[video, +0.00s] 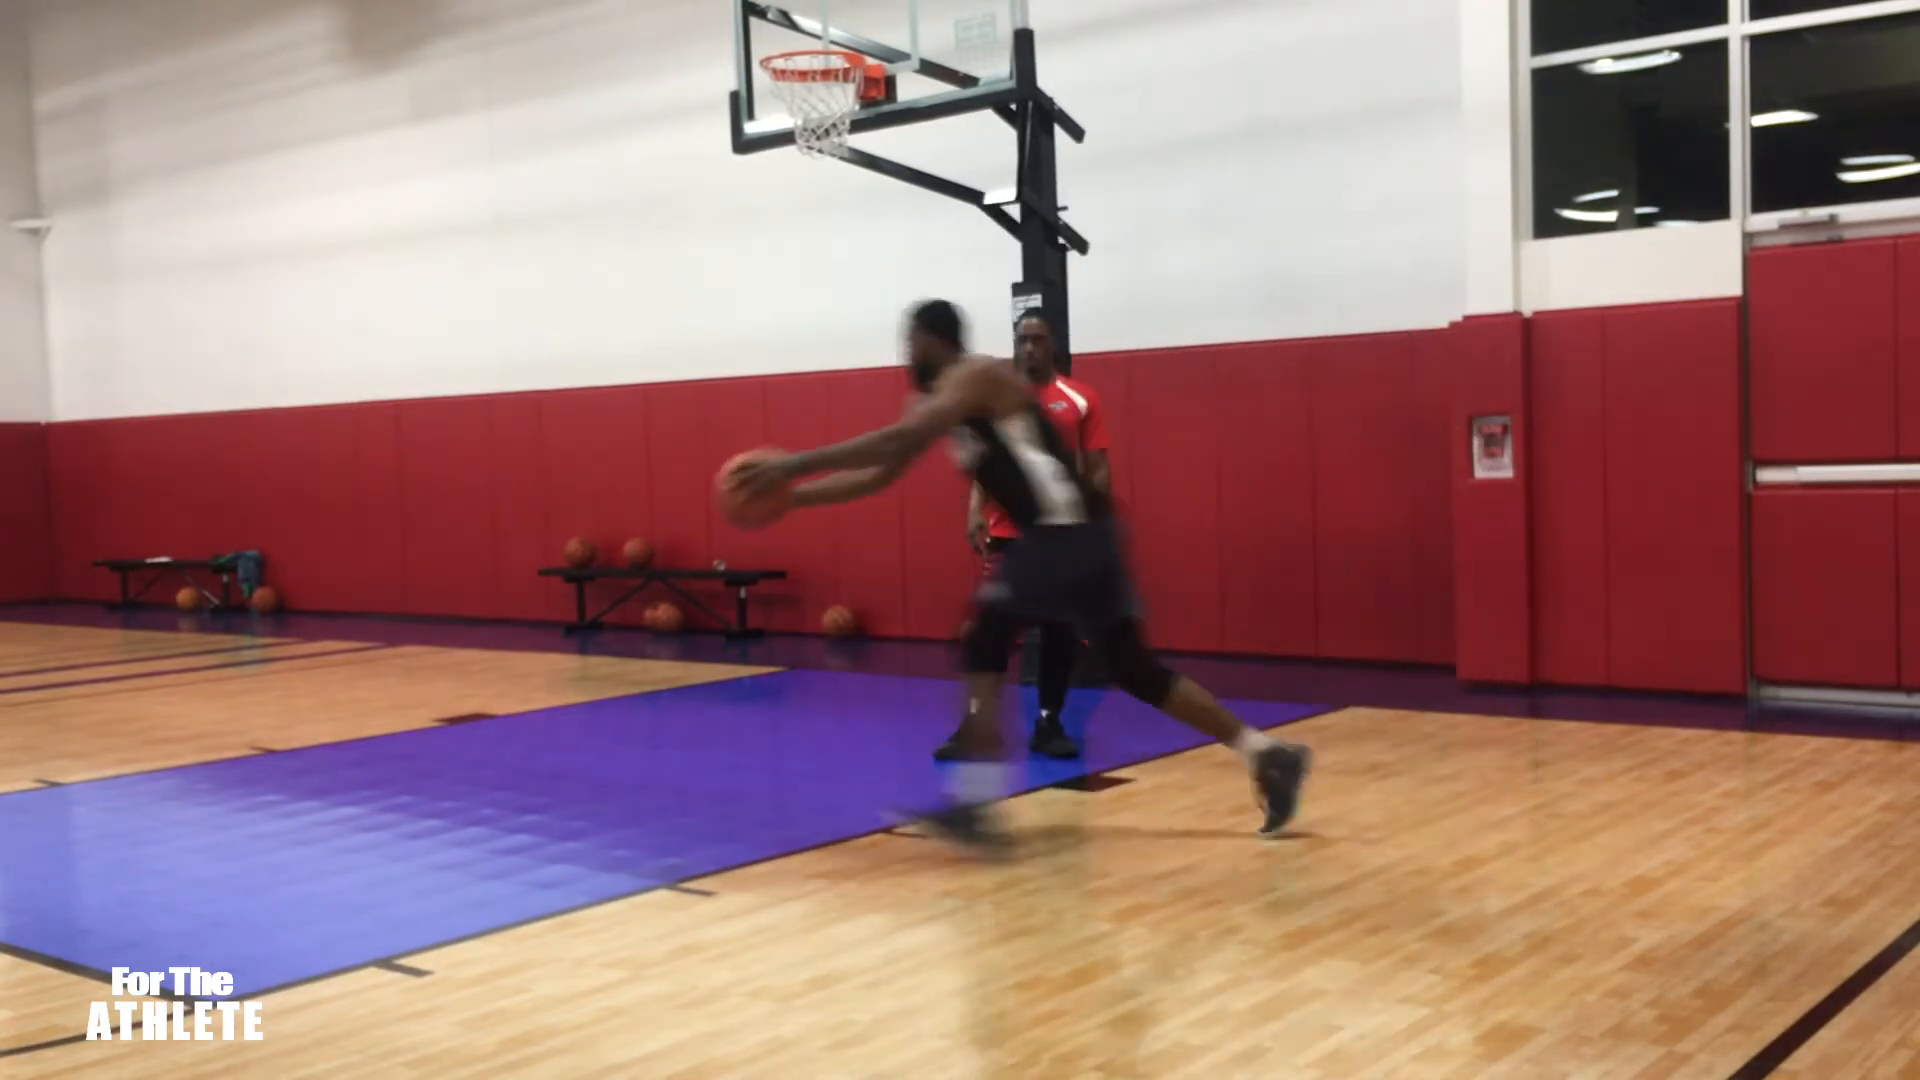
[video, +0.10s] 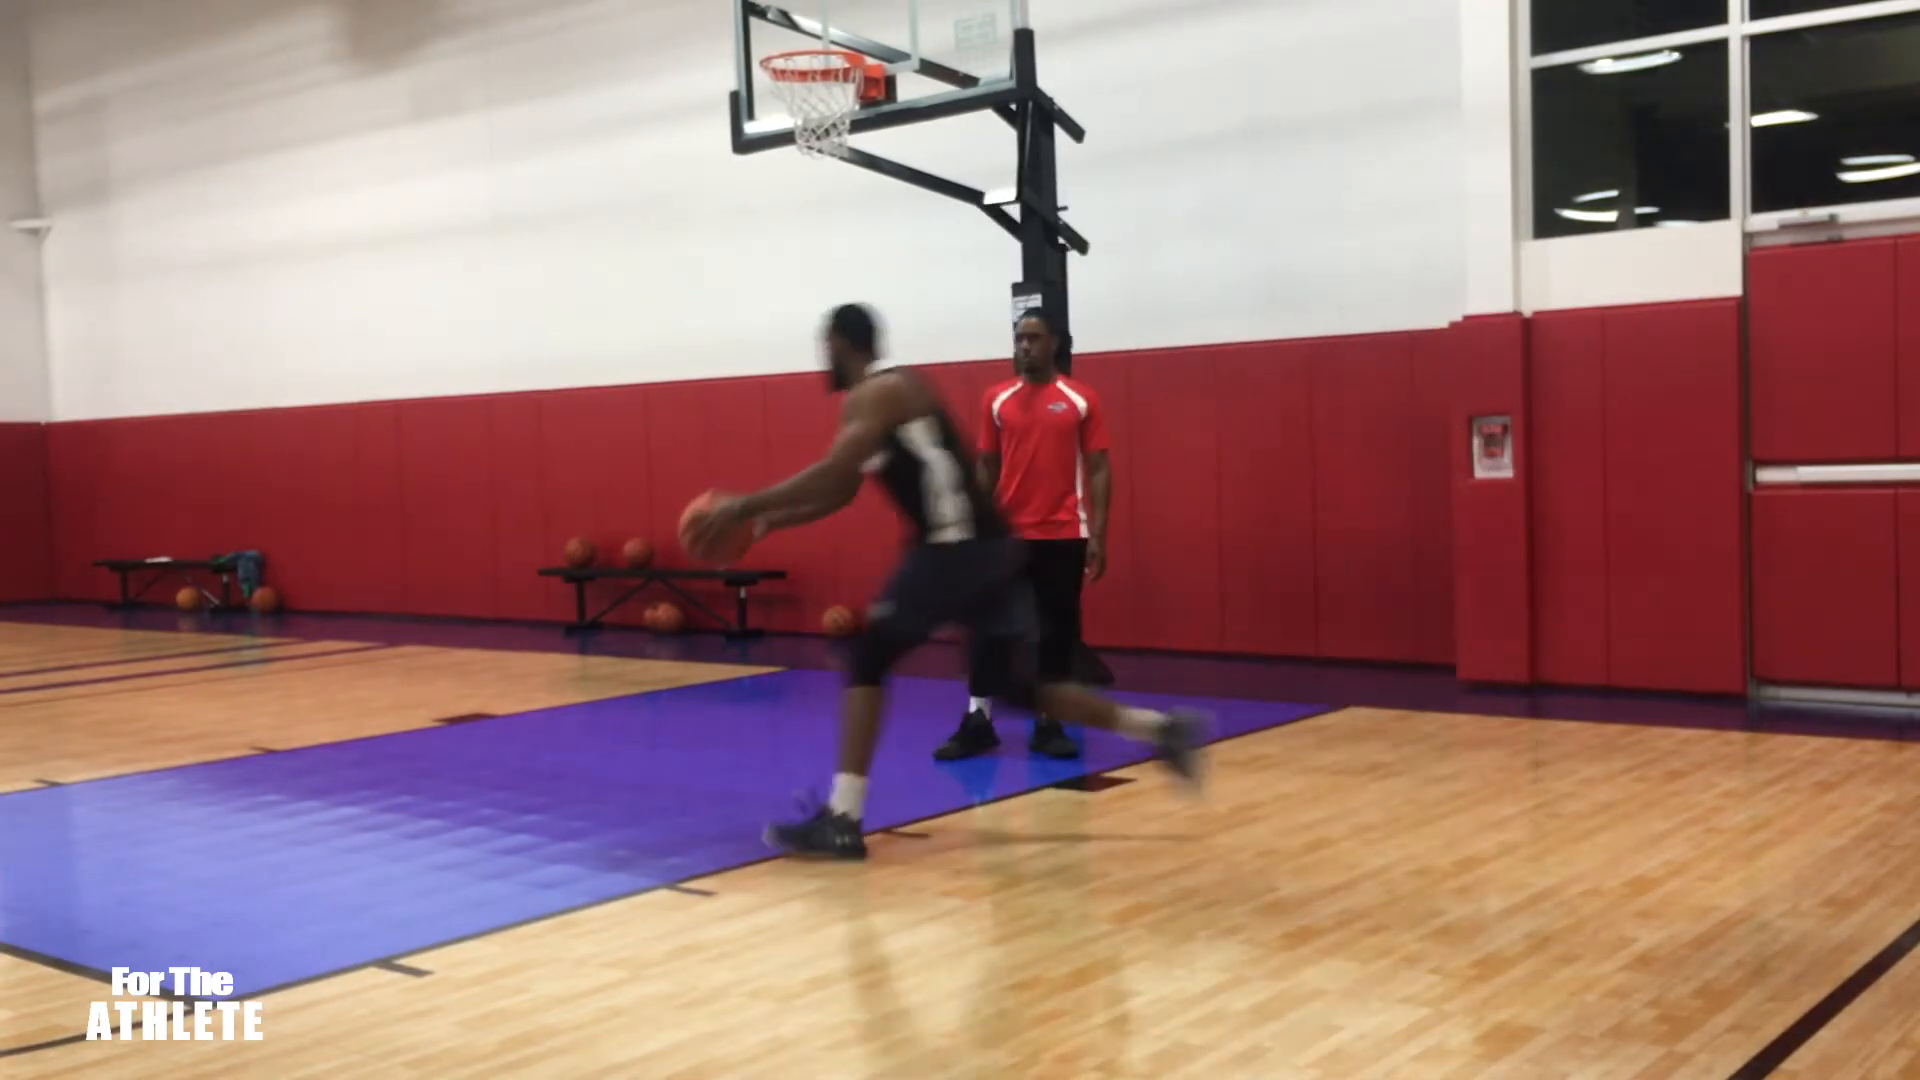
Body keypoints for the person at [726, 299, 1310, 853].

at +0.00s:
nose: (908, 356)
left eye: (912, 344)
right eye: (909, 346)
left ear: (933, 341)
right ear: (949, 341)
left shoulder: (979, 375)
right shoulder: (952, 402)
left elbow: (894, 439)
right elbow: (879, 474)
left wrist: (791, 465)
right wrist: (794, 496)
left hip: (1056, 541)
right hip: (1082, 542)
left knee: (987, 642)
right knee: (1133, 669)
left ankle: (975, 791)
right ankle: (1261, 752)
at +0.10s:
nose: (823, 360)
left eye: (828, 349)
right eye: (826, 349)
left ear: (846, 348)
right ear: (870, 344)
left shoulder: (877, 394)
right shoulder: (901, 388)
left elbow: (832, 478)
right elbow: (837, 493)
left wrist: (743, 504)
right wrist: (762, 521)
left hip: (947, 557)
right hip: (989, 553)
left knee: (867, 656)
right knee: (1011, 685)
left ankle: (842, 818)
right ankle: (1159, 730)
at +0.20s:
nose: (746, 379)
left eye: (748, 368)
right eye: (749, 367)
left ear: (757, 368)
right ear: (791, 364)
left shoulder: (785, 413)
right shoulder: (821, 406)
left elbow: (756, 506)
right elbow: (815, 518)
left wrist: (705, 547)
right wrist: (754, 545)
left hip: (858, 564)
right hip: (892, 559)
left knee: (787, 673)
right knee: (822, 686)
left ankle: (830, 819)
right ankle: (949, 731)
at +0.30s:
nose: (688, 380)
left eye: (688, 372)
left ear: (690, 372)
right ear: (733, 367)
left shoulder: (692, 416)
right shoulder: (768, 409)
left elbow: (696, 489)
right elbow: (834, 480)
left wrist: (683, 555)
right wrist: (781, 511)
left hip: (765, 567)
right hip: (813, 560)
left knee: (739, 696)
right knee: (724, 662)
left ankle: (820, 807)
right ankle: (706, 778)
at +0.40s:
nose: (654, 364)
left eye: (650, 356)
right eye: (670, 355)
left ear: (644, 360)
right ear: (689, 359)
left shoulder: (629, 403)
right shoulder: (723, 407)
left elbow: (627, 463)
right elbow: (779, 466)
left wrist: (621, 518)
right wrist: (730, 499)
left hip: (663, 562)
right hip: (715, 559)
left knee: (673, 691)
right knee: (624, 671)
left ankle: (771, 776)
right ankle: (561, 763)